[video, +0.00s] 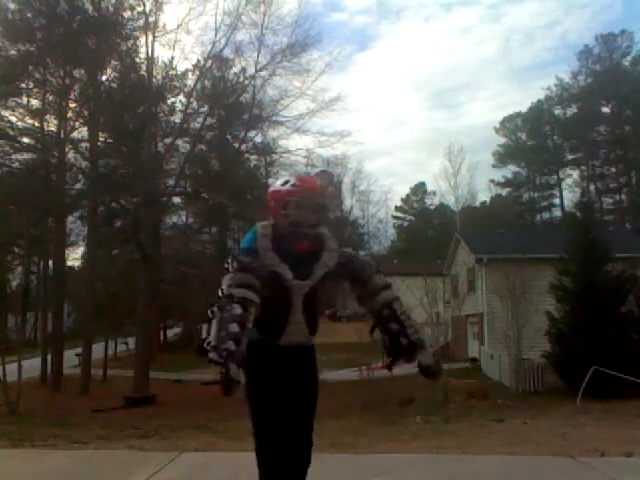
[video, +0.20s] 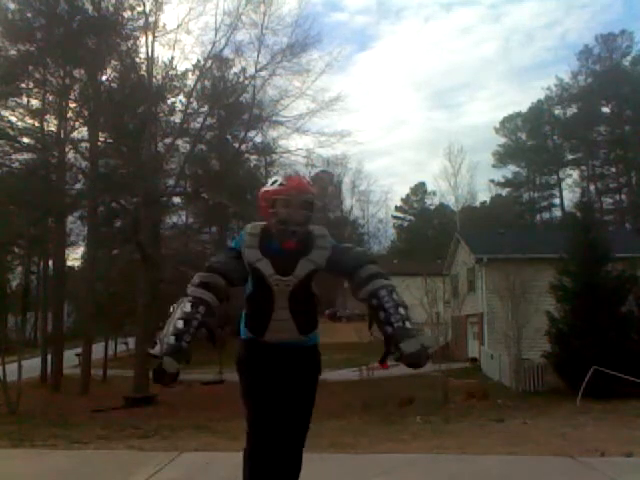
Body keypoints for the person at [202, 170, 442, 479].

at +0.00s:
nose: (308, 218)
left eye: (314, 210)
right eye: (300, 209)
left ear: (322, 212)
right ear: (280, 210)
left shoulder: (327, 250)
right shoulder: (257, 246)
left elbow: (370, 281)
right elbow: (236, 293)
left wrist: (396, 329)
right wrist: (225, 346)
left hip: (302, 352)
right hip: (261, 353)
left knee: (299, 439)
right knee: (269, 439)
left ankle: (297, 474)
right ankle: (271, 475)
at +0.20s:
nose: (298, 213)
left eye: (305, 207)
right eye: (289, 205)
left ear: (311, 212)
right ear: (271, 208)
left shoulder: (322, 247)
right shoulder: (245, 245)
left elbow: (366, 273)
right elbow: (210, 284)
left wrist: (399, 326)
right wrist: (178, 334)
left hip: (302, 353)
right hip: (257, 352)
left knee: (292, 440)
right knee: (261, 438)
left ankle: (287, 479)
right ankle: (256, 479)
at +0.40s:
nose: (285, 222)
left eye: (294, 215)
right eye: (276, 214)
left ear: (303, 221)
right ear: (263, 218)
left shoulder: (316, 260)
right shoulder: (240, 257)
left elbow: (357, 281)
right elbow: (200, 291)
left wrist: (363, 349)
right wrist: (168, 343)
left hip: (296, 370)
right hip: (247, 369)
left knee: (297, 462)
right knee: (238, 460)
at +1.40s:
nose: (272, 203)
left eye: (280, 195)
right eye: (264, 195)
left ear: (290, 201)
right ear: (248, 199)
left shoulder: (304, 242)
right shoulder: (225, 239)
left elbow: (335, 286)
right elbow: (199, 286)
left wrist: (332, 350)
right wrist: (211, 349)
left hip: (286, 359)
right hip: (236, 359)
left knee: (297, 448)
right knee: (233, 452)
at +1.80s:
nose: (289, 201)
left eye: (297, 193)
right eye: (280, 192)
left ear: (308, 199)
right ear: (264, 198)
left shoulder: (322, 244)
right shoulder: (248, 236)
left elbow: (332, 298)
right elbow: (236, 285)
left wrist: (320, 348)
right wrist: (260, 341)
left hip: (303, 366)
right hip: (253, 364)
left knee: (311, 461)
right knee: (250, 464)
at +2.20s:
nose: (312, 191)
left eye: (320, 182)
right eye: (302, 182)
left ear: (331, 188)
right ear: (285, 187)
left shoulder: (349, 238)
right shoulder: (261, 233)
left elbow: (370, 298)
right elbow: (243, 292)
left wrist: (360, 364)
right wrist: (253, 364)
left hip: (322, 364)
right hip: (270, 361)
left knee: (316, 462)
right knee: (257, 462)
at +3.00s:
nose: (302, 179)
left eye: (312, 171)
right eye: (291, 170)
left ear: (325, 180)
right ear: (274, 180)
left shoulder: (342, 229)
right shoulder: (253, 229)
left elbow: (378, 274)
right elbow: (225, 287)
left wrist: (369, 346)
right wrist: (209, 343)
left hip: (323, 364)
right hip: (267, 363)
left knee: (318, 465)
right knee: (264, 462)